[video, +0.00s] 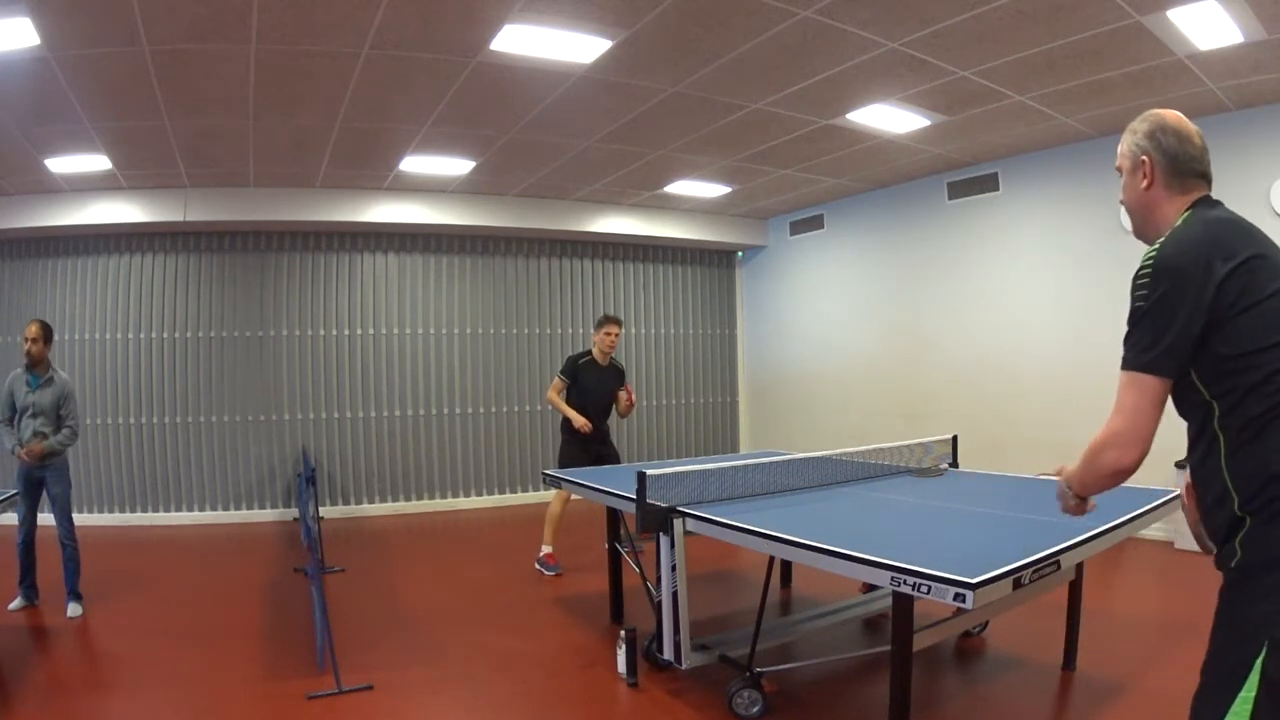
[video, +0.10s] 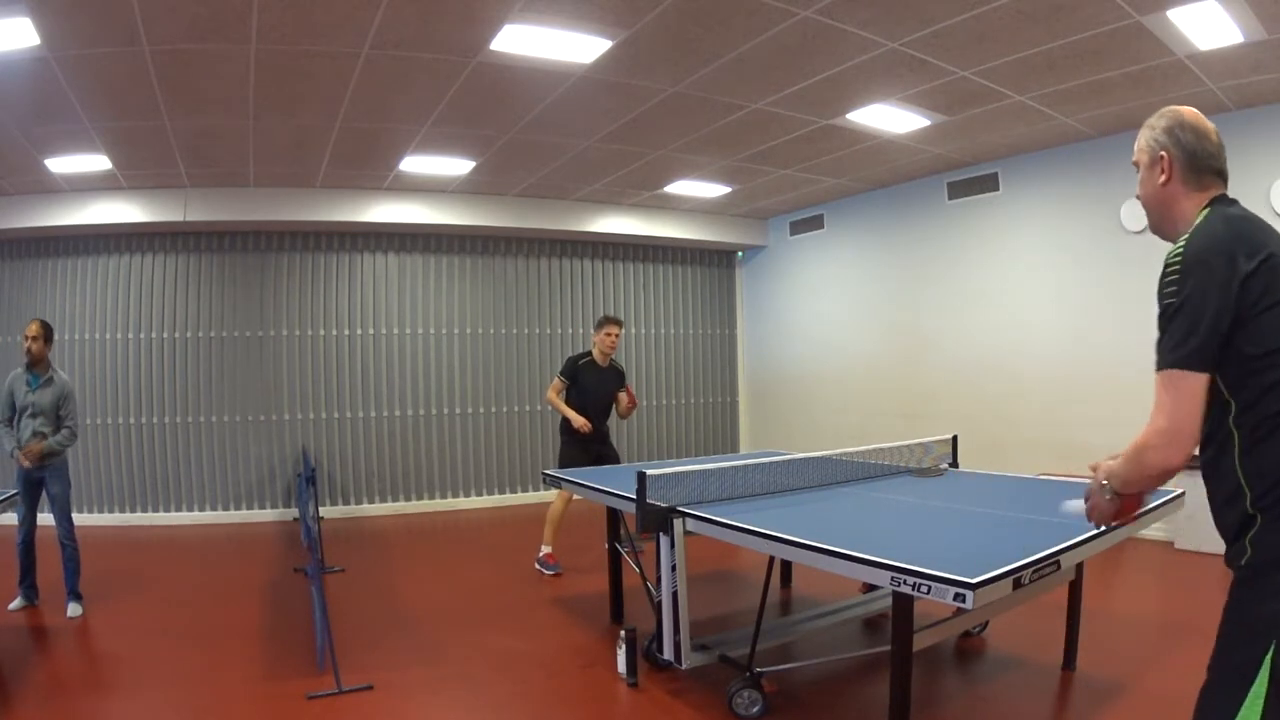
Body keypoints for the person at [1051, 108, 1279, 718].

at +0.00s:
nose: (1118, 195)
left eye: (1119, 176)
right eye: (1117, 178)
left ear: (1145, 172)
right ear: (1195, 171)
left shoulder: (1175, 260)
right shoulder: (1242, 237)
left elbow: (1123, 447)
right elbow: (1260, 385)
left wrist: (1076, 483)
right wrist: (1204, 481)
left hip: (1268, 539)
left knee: (1225, 708)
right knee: (1255, 701)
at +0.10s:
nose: (1135, 187)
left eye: (1136, 169)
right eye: (1134, 171)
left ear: (1162, 168)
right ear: (1207, 167)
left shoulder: (1201, 254)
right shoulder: (1250, 236)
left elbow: (1170, 443)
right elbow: (1243, 411)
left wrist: (1112, 478)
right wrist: (1148, 473)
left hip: (1269, 544)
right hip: (1269, 535)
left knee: (1225, 710)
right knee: (1246, 703)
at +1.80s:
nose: (1111, 207)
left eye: (1113, 191)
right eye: (1112, 192)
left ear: (1134, 194)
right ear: (1180, 192)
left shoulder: (1170, 269)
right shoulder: (1215, 256)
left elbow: (1220, 410)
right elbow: (1250, 391)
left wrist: (1163, 550)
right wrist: (1164, 441)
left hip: (1240, 549)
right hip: (1264, 535)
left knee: (1163, 711)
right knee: (1244, 679)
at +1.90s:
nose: (1124, 220)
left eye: (1126, 204)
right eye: (1125, 205)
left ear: (1147, 207)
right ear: (1189, 206)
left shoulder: (1177, 280)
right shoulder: (1226, 268)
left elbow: (1220, 417)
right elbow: (1254, 398)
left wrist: (1160, 548)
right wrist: (1180, 467)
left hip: (1244, 546)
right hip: (1268, 533)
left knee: (1164, 711)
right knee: (1256, 672)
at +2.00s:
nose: (1132, 243)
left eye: (1135, 226)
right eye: (1132, 227)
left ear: (1160, 228)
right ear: (1186, 226)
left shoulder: (1193, 293)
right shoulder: (1226, 282)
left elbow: (1237, 429)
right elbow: (1228, 427)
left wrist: (1171, 552)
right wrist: (1185, 502)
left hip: (1257, 554)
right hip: (1264, 546)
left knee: (1173, 711)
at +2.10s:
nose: (1133, 252)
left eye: (1139, 235)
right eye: (1134, 236)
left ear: (1166, 239)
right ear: (1176, 239)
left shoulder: (1209, 305)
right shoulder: (1224, 297)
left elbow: (1262, 433)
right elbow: (1227, 445)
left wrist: (1200, 550)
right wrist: (1154, 511)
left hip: (1265, 555)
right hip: (1264, 549)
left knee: (1185, 708)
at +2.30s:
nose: (1125, 229)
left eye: (1133, 213)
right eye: (1126, 214)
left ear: (1170, 219)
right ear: (1167, 222)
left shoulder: (1231, 284)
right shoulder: (1182, 324)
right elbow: (1118, 418)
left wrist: (1254, 536)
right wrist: (1027, 428)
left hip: (1270, 549)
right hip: (1252, 550)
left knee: (1206, 709)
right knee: (1229, 706)